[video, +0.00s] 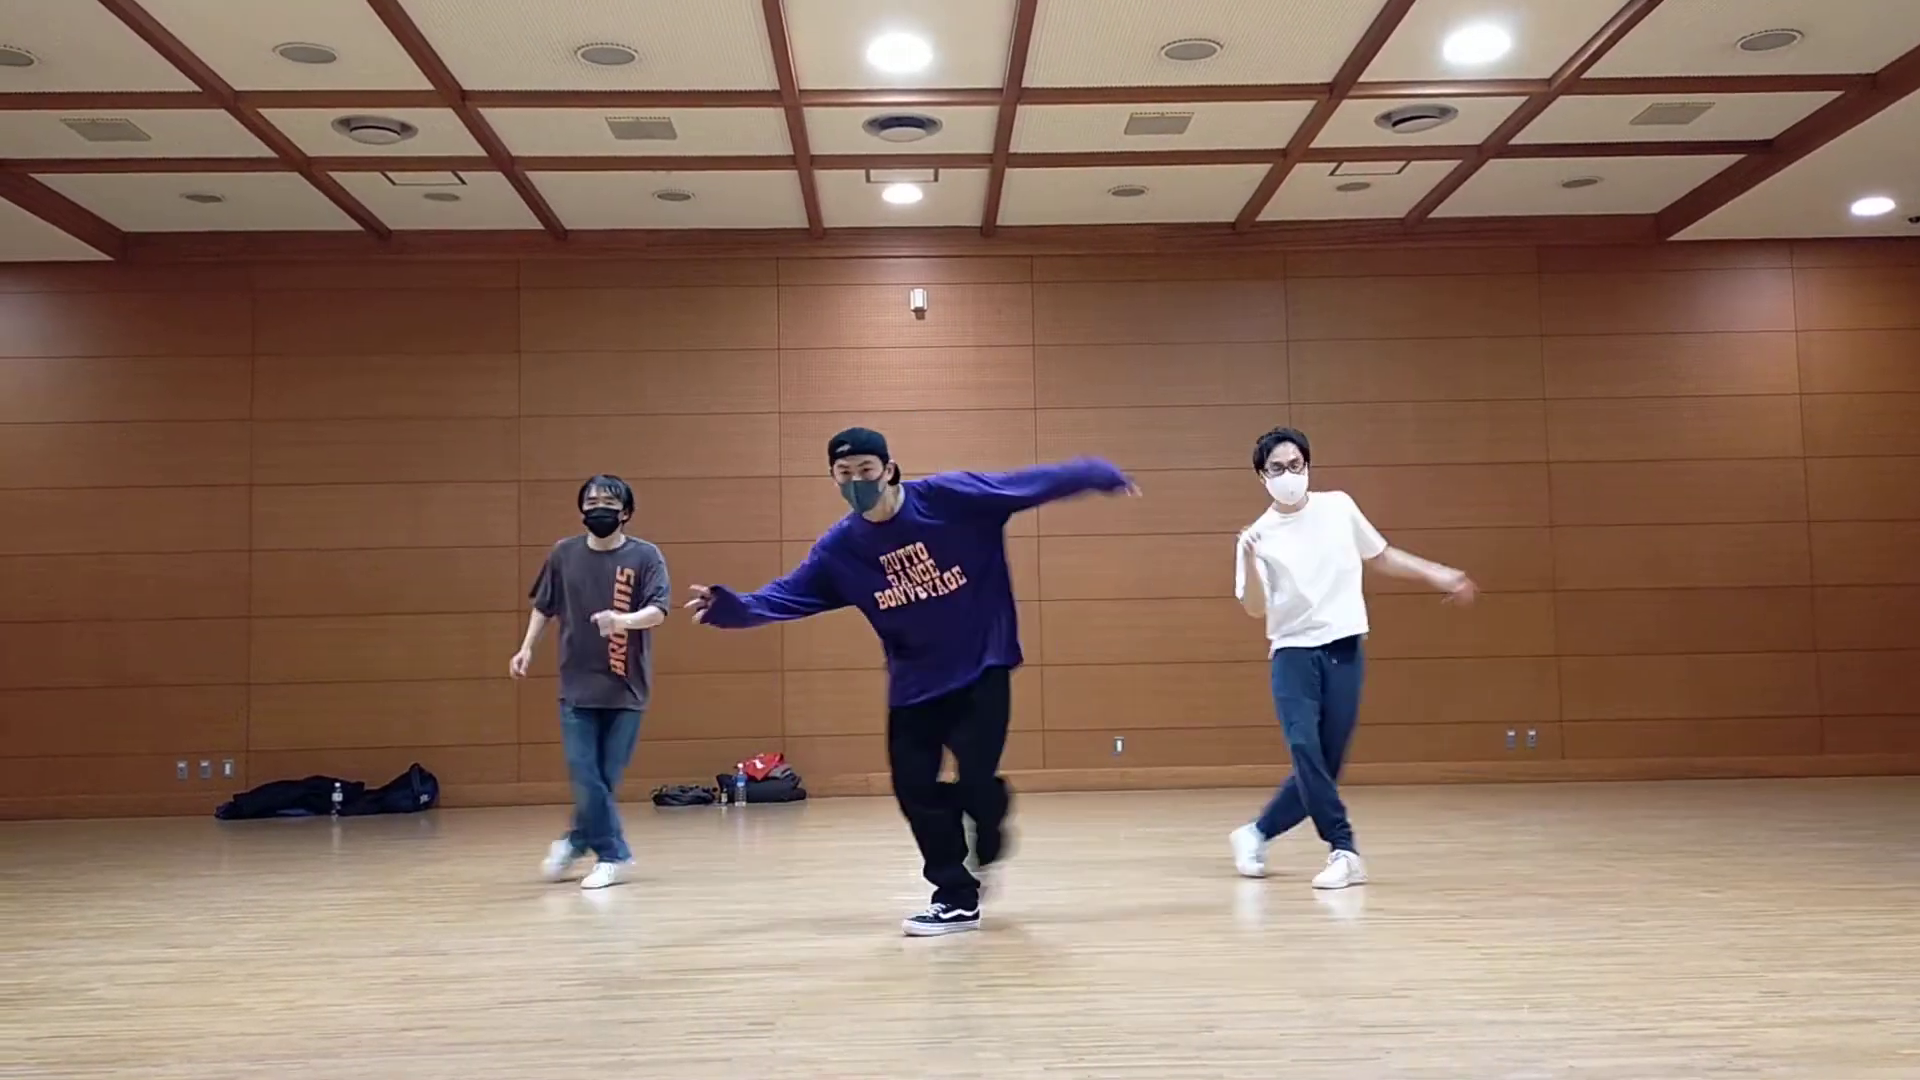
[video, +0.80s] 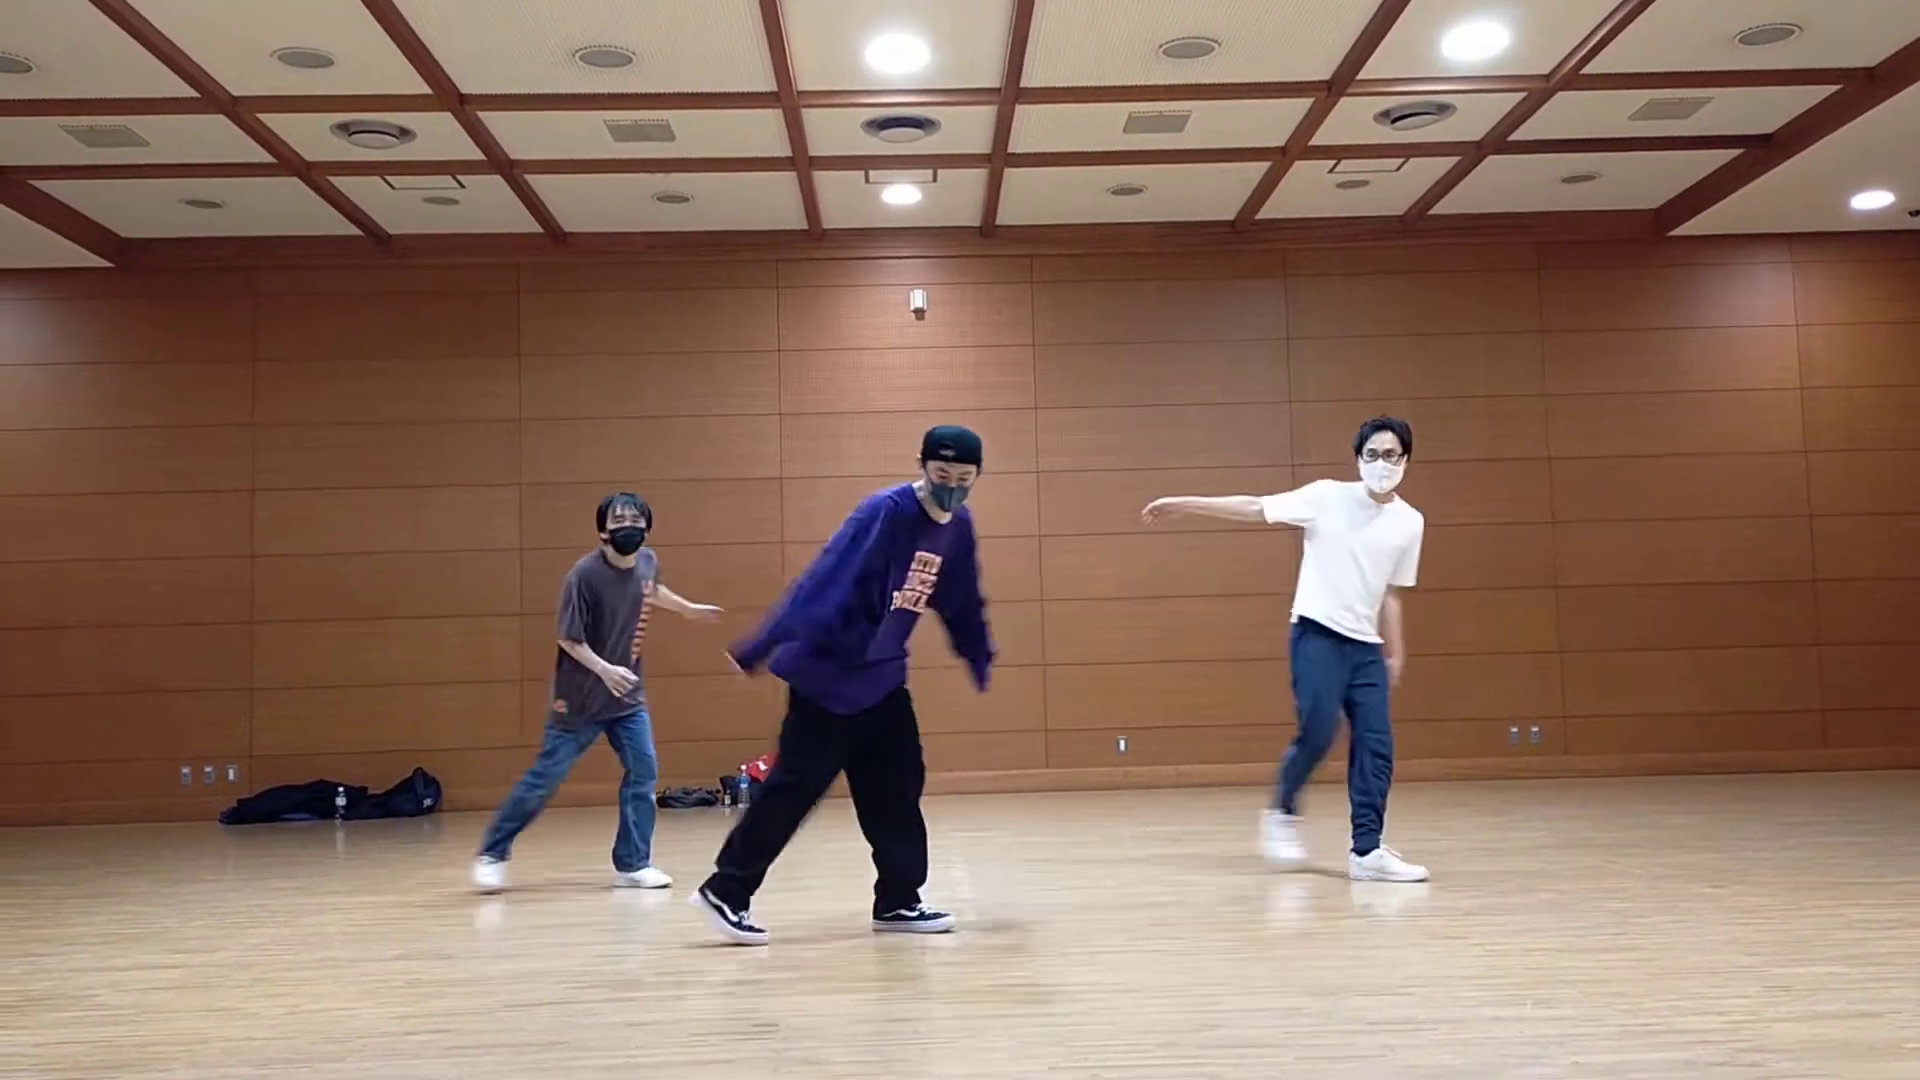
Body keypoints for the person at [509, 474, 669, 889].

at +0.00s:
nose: (600, 508)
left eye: (609, 501)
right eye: (593, 501)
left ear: (625, 511)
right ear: (582, 510)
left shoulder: (647, 556)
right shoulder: (563, 553)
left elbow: (657, 612)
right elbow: (544, 606)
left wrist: (621, 620)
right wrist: (527, 647)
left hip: (627, 688)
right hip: (578, 686)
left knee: (607, 775)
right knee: (582, 771)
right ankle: (612, 855)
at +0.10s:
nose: (589, 521)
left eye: (597, 515)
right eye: (581, 515)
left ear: (612, 522)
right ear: (569, 521)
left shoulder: (631, 569)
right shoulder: (549, 567)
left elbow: (644, 621)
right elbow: (526, 618)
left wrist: (624, 658)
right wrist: (528, 660)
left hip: (601, 689)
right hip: (555, 684)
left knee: (577, 779)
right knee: (551, 764)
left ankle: (532, 850)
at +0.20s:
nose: (578, 519)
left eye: (586, 513)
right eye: (570, 512)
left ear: (600, 522)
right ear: (558, 521)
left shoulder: (616, 574)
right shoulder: (538, 567)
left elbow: (624, 635)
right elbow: (516, 622)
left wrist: (628, 686)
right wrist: (551, 649)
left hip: (587, 702)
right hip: (542, 698)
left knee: (564, 790)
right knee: (530, 776)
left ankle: (530, 857)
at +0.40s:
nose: (580, 503)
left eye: (587, 496)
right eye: (570, 497)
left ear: (598, 504)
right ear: (555, 505)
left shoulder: (591, 549)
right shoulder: (540, 547)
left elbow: (578, 600)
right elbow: (532, 603)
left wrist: (599, 631)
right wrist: (588, 602)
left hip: (570, 680)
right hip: (528, 682)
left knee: (584, 761)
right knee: (504, 770)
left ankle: (552, 848)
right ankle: (462, 861)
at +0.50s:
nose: (587, 522)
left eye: (594, 515)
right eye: (577, 515)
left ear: (605, 523)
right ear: (561, 523)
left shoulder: (581, 565)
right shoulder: (550, 569)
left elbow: (559, 606)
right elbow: (550, 631)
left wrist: (582, 613)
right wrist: (610, 634)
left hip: (558, 688)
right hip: (521, 692)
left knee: (587, 764)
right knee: (495, 777)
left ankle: (606, 858)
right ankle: (443, 867)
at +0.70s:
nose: (616, 543)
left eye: (623, 537)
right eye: (607, 537)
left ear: (632, 545)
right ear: (589, 544)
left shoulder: (614, 580)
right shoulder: (573, 590)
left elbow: (600, 607)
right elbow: (565, 658)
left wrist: (621, 609)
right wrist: (616, 681)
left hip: (588, 700)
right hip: (547, 705)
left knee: (620, 768)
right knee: (513, 782)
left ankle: (628, 863)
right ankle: (449, 864)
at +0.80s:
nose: (627, 527)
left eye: (634, 521)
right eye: (618, 521)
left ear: (645, 528)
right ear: (603, 529)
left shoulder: (646, 562)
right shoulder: (583, 576)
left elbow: (651, 589)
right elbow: (569, 639)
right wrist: (605, 669)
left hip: (626, 696)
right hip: (579, 699)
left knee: (643, 771)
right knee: (544, 779)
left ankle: (632, 864)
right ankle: (492, 853)